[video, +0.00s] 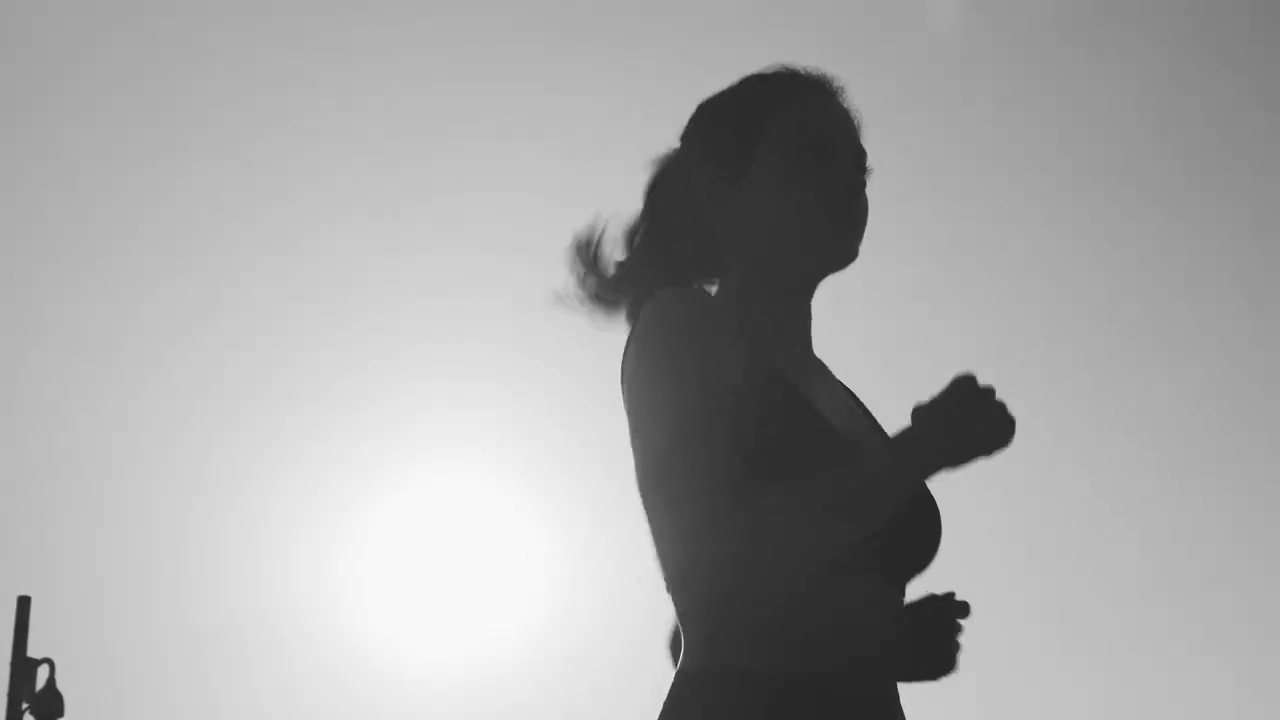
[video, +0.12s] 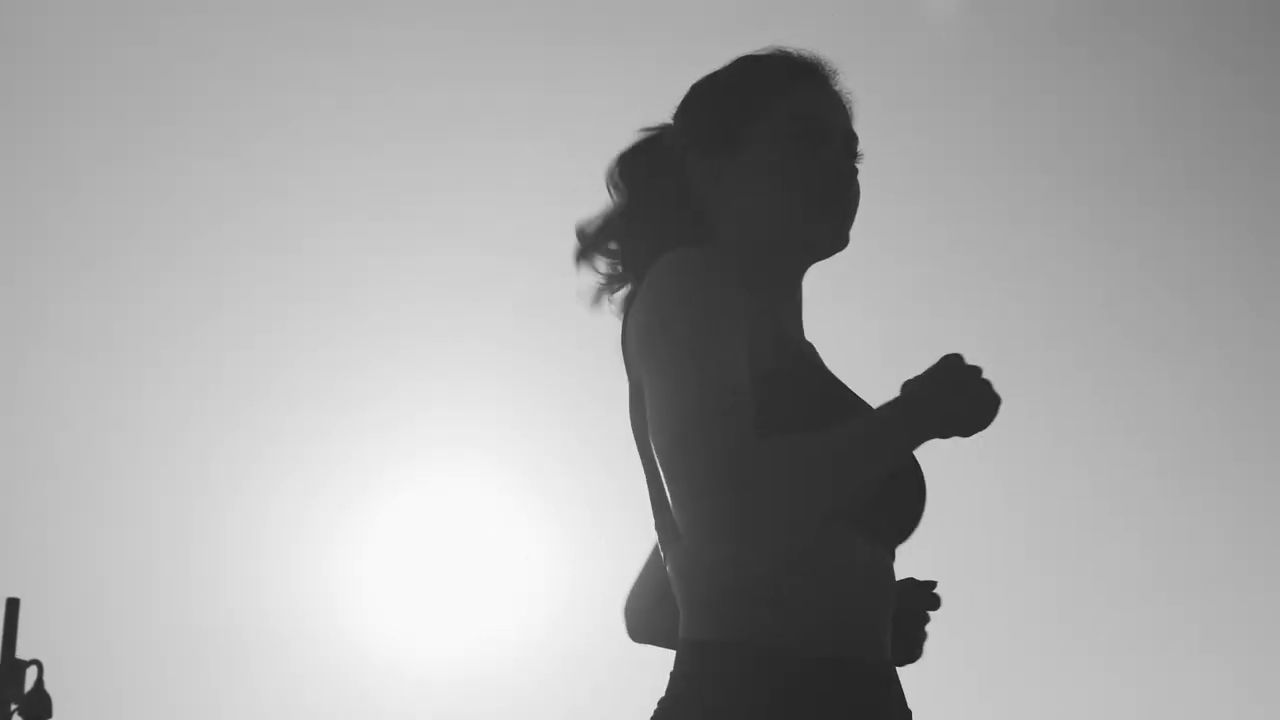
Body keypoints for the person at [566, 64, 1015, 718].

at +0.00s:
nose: (853, 184)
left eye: (859, 166)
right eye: (817, 160)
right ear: (724, 187)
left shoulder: (815, 380)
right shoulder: (682, 326)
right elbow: (710, 570)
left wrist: (891, 639)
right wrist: (920, 449)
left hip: (860, 701)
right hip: (745, 695)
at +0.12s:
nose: (844, 170)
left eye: (850, 151)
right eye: (808, 146)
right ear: (719, 169)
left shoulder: (771, 342)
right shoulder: (689, 288)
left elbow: (652, 609)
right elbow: (723, 517)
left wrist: (870, 608)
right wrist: (911, 417)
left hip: (842, 690)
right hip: (759, 690)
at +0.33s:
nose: (828, 185)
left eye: (829, 165)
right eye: (793, 160)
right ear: (703, 183)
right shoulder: (676, 302)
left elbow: (634, 627)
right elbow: (664, 520)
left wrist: (850, 629)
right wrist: (869, 475)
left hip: (822, 697)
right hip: (738, 693)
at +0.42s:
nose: (824, 214)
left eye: (821, 190)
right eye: (791, 184)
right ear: (705, 203)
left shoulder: (730, 359)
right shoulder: (664, 340)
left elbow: (649, 656)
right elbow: (616, 555)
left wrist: (849, 650)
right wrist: (865, 523)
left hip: (806, 702)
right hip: (726, 699)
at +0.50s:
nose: (814, 227)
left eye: (811, 206)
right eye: (783, 203)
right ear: (697, 232)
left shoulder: (755, 408)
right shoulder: (652, 373)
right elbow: (570, 603)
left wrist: (869, 688)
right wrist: (838, 596)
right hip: (711, 705)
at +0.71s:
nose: (779, 281)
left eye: (784, 258)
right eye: (739, 254)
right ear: (652, 292)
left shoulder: (791, 505)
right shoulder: (603, 437)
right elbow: (430, 671)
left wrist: (885, 696)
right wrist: (611, 706)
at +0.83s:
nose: (760, 273)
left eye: (763, 251)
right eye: (722, 250)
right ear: (635, 283)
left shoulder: (787, 500)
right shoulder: (567, 436)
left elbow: (847, 714)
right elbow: (372, 647)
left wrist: (879, 657)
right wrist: (566, 704)